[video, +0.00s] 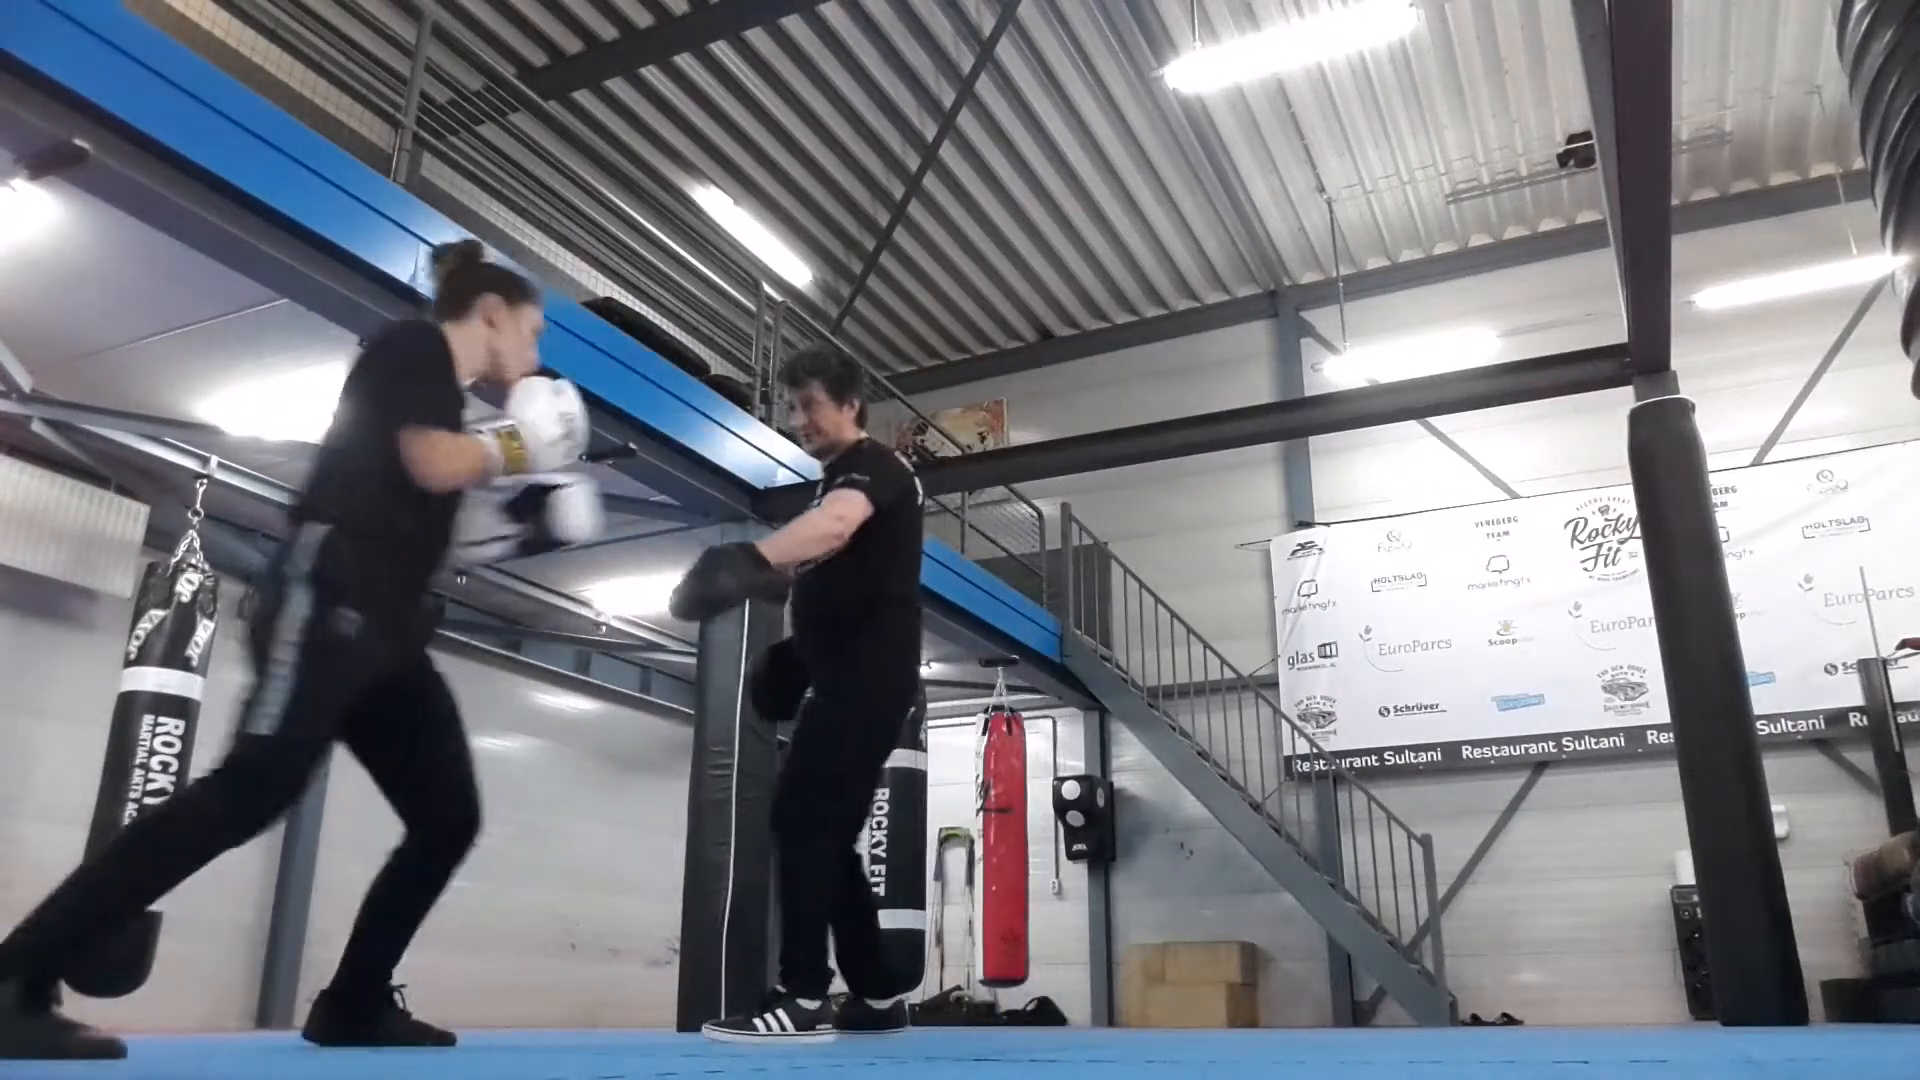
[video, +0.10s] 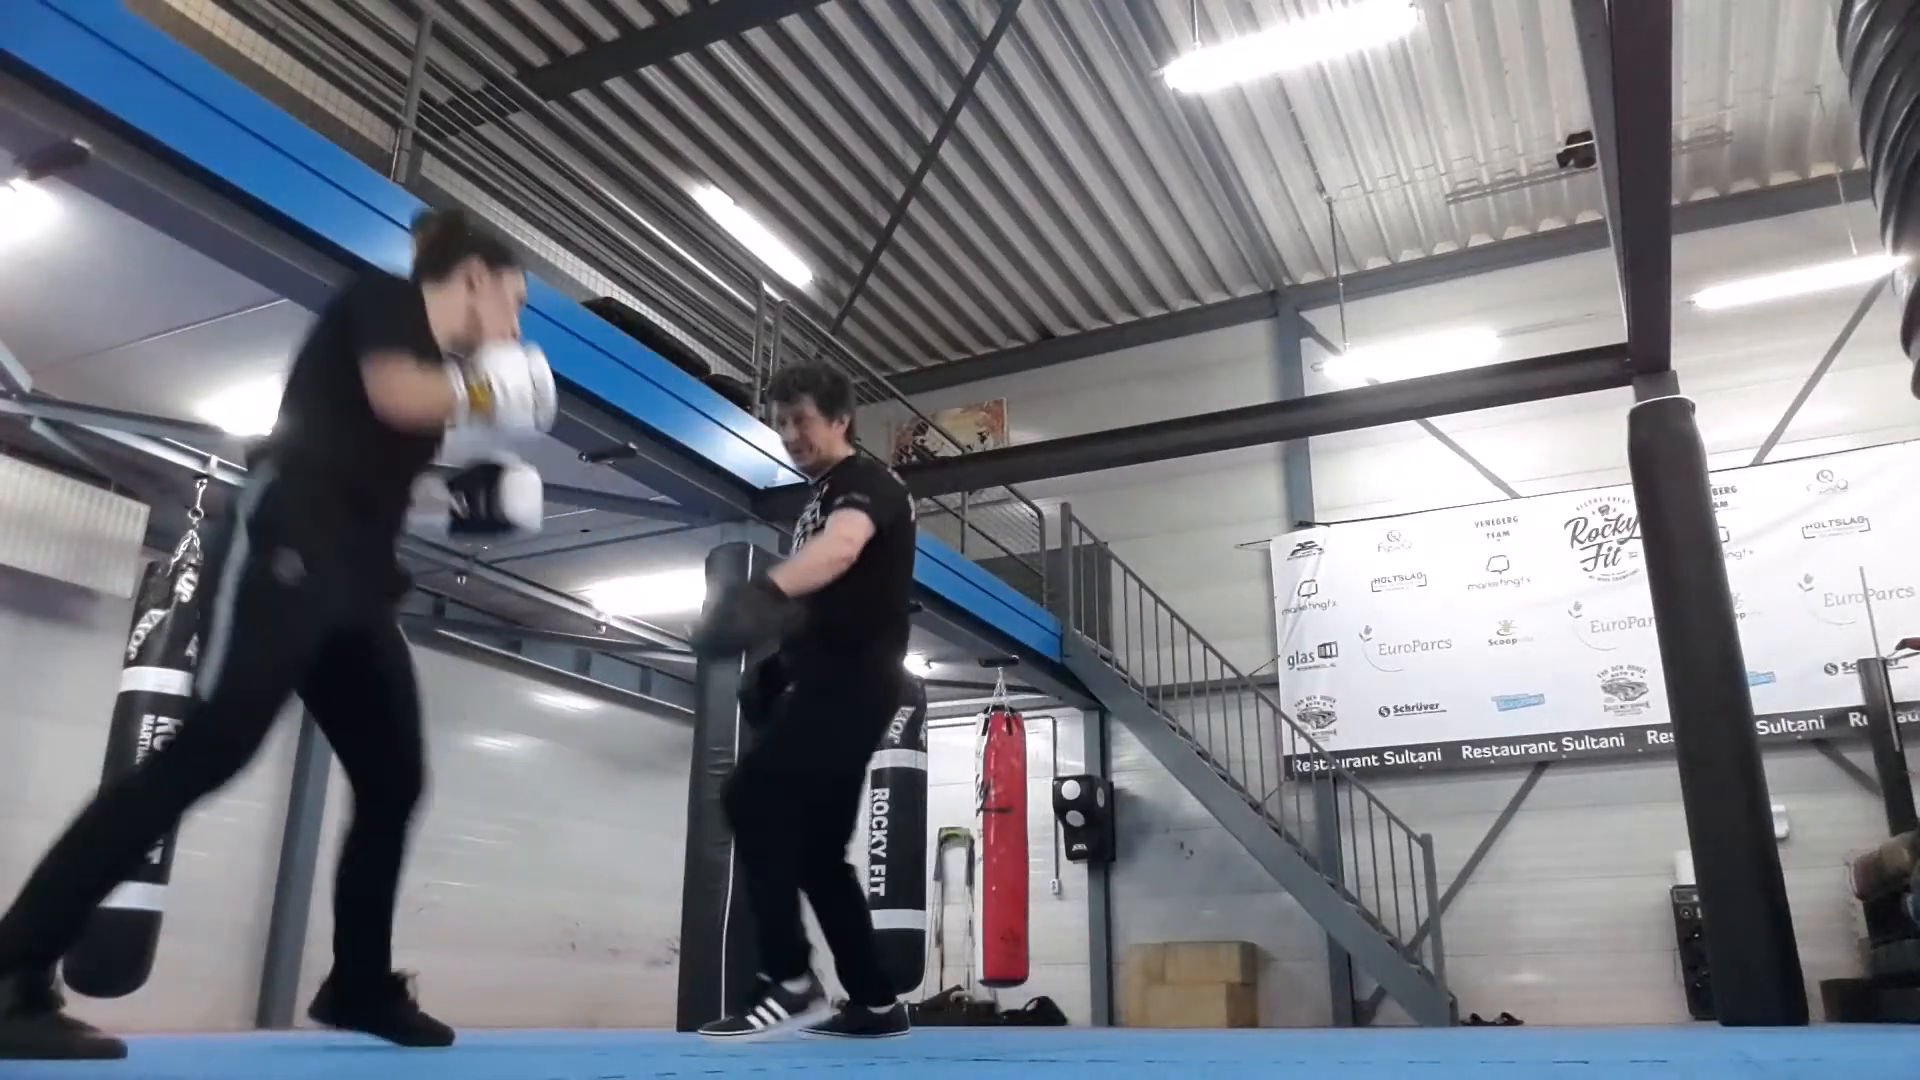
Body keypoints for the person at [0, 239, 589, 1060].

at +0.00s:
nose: (534, 356)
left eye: (536, 339)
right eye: (531, 334)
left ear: (483, 320)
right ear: (489, 314)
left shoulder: (445, 393)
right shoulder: (414, 347)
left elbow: (420, 503)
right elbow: (431, 462)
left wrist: (521, 525)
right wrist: (518, 439)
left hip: (382, 625)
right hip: (326, 603)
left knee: (446, 818)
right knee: (250, 793)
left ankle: (356, 1004)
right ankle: (22, 971)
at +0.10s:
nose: (516, 319)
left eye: (519, 303)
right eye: (513, 298)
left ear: (467, 284)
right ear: (472, 277)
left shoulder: (426, 362)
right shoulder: (379, 298)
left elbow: (370, 482)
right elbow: (394, 395)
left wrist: (462, 498)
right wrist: (491, 385)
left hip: (350, 584)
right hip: (285, 557)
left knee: (390, 779)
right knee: (208, 750)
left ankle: (361, 985)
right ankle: (16, 970)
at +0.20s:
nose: (496, 269)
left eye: (501, 256)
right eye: (495, 248)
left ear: (462, 236)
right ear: (455, 220)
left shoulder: (420, 309)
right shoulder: (379, 229)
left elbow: (363, 433)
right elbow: (374, 305)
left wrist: (463, 440)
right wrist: (474, 322)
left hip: (324, 512)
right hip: (258, 476)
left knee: (362, 723)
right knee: (192, 698)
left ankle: (318, 960)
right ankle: (20, 956)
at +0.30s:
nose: (477, 241)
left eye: (482, 228)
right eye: (474, 218)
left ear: (432, 214)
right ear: (432, 190)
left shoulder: (397, 294)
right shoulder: (360, 198)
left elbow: (359, 434)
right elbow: (383, 278)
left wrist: (468, 411)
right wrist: (480, 287)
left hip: (296, 486)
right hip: (239, 441)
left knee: (346, 727)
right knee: (187, 681)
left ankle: (243, 959)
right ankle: (4, 935)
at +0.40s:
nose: (442, 261)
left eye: (447, 249)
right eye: (441, 241)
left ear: (392, 222)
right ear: (398, 210)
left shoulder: (354, 301)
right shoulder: (331, 225)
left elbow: (387, 450)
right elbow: (398, 317)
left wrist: (489, 400)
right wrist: (471, 303)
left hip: (262, 520)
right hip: (208, 487)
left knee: (310, 765)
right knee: (154, 726)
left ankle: (199, 999)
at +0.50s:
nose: (426, 267)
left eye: (434, 253)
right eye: (428, 244)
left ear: (383, 220)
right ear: (393, 213)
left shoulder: (327, 310)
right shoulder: (311, 228)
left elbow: (336, 451)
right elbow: (318, 334)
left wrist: (428, 423)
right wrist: (443, 332)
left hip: (230, 513)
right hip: (183, 482)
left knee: (268, 743)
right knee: (146, 716)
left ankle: (196, 991)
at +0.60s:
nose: (436, 255)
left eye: (442, 241)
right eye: (435, 231)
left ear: (389, 207)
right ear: (395, 194)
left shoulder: (335, 282)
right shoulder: (318, 194)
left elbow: (285, 424)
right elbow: (258, 270)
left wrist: (389, 413)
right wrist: (369, 334)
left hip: (214, 460)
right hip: (170, 424)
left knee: (213, 707)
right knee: (190, 685)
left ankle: (104, 958)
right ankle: (18, 923)